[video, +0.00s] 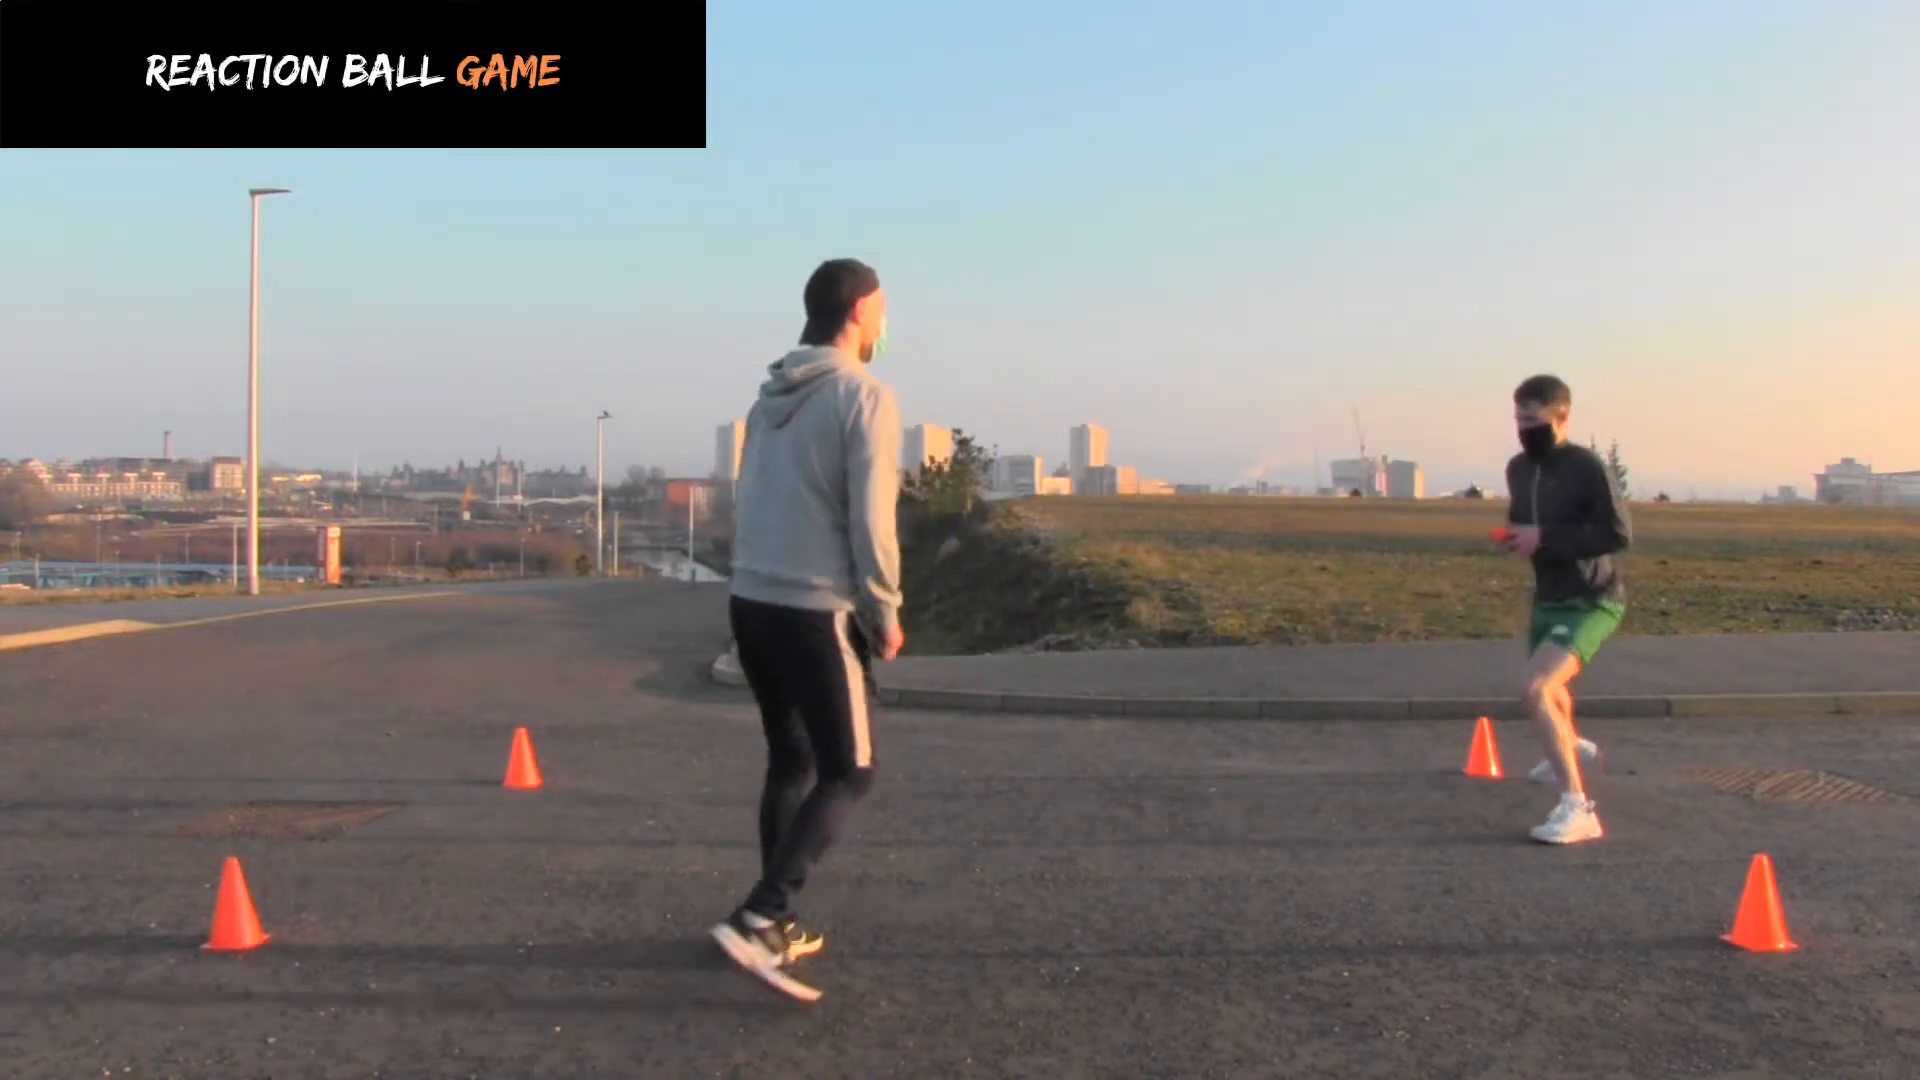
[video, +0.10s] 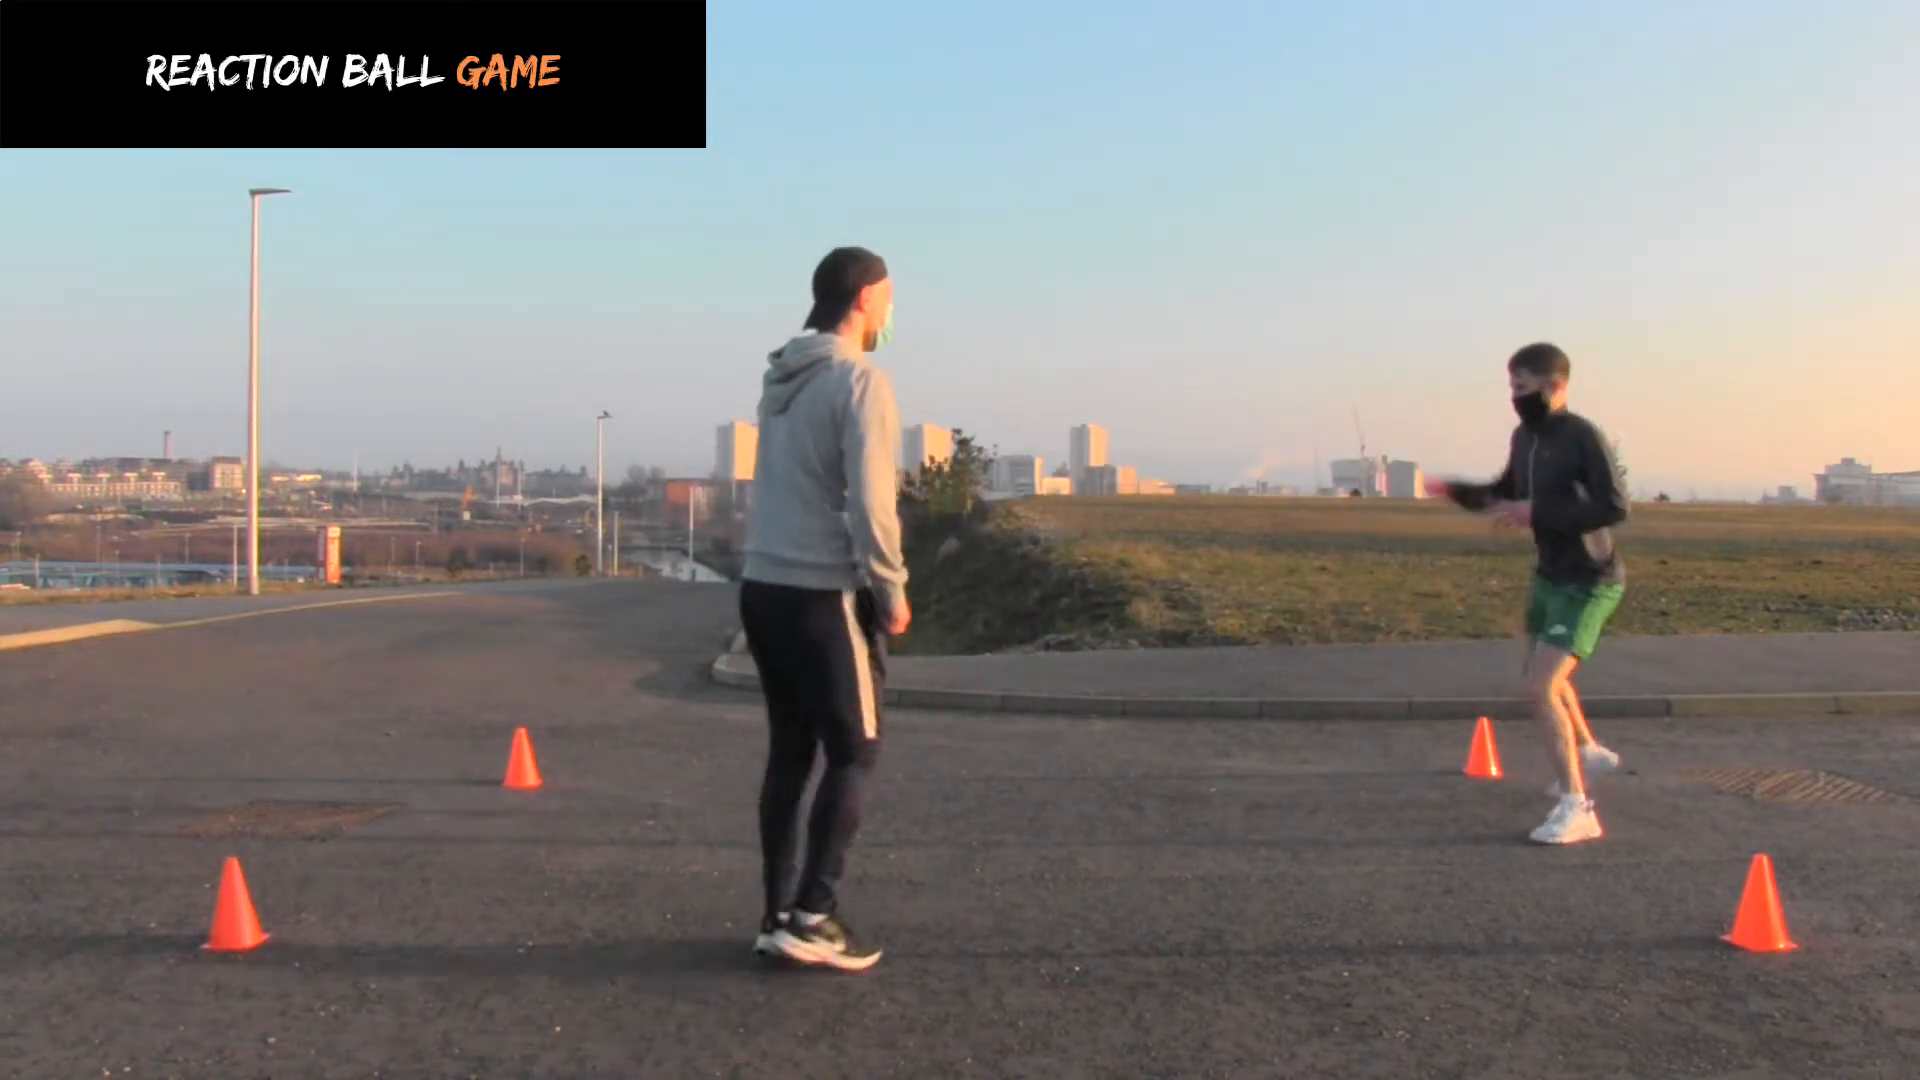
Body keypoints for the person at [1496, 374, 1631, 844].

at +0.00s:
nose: (1526, 431)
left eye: (1536, 422)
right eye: (1521, 421)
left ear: (1563, 417)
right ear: (1516, 418)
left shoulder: (1588, 466)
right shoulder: (1519, 470)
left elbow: (1617, 533)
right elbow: (1525, 524)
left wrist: (1545, 537)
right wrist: (1512, 535)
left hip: (1595, 598)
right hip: (1549, 598)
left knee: (1538, 687)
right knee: (1550, 694)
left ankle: (1577, 804)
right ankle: (1568, 751)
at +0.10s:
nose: (1515, 395)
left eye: (1524, 387)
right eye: (1512, 386)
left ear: (1558, 384)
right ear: (1513, 385)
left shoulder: (1584, 436)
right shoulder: (1526, 437)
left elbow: (1613, 508)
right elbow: (1509, 492)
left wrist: (1538, 514)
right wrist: (1456, 493)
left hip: (1592, 579)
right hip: (1552, 574)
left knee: (1543, 685)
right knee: (1544, 677)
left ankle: (1577, 804)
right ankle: (1591, 751)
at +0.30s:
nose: (1508, 368)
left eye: (1518, 359)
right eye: (1506, 359)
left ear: (1552, 360)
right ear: (1509, 360)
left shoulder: (1581, 418)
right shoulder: (1520, 414)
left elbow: (1619, 487)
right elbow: (1500, 462)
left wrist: (1542, 505)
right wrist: (1440, 451)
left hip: (1590, 559)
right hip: (1549, 559)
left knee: (1546, 673)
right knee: (1538, 677)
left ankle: (1598, 790)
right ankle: (1602, 778)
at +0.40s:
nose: (1504, 387)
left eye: (1514, 379)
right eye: (1504, 378)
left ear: (1548, 384)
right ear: (1521, 382)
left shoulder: (1574, 443)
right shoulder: (1518, 437)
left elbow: (1616, 512)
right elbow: (1513, 505)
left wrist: (1545, 533)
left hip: (1587, 577)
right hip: (1546, 576)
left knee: (1545, 685)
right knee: (1536, 692)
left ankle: (1596, 816)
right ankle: (1609, 789)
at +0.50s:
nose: (1490, 429)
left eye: (1502, 422)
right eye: (1490, 419)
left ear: (1534, 426)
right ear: (1490, 416)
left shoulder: (1556, 476)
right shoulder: (1499, 478)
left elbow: (1616, 533)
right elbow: (1505, 547)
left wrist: (1551, 557)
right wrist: (1476, 596)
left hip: (1584, 609)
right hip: (1540, 614)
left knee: (1541, 711)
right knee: (1538, 717)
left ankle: (1582, 838)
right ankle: (1611, 797)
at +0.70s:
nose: (1434, 422)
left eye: (1443, 412)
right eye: (1433, 411)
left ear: (1479, 414)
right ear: (1446, 412)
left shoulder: (1517, 474)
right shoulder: (1443, 476)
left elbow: (1562, 555)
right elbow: (1464, 555)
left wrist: (1476, 562)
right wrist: (1455, 621)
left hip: (1546, 617)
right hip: (1491, 624)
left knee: (1522, 738)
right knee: (1509, 744)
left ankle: (1589, 860)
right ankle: (1588, 769)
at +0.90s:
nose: (1314, 376)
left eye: (1319, 364)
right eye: (1314, 364)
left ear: (1346, 365)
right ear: (1355, 365)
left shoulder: (1389, 420)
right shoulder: (1355, 427)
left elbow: (1394, 513)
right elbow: (1376, 506)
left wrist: (1325, 468)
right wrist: (1335, 471)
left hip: (1454, 602)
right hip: (1399, 603)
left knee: (1494, 736)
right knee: (1355, 720)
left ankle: (1579, 838)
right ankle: (1435, 846)